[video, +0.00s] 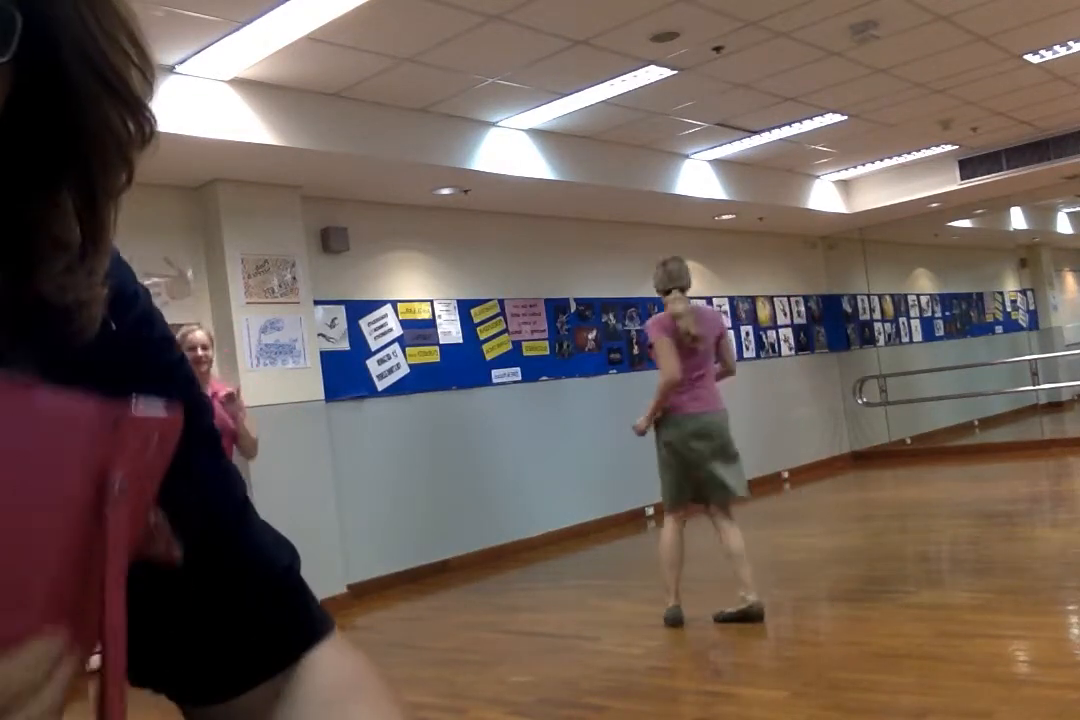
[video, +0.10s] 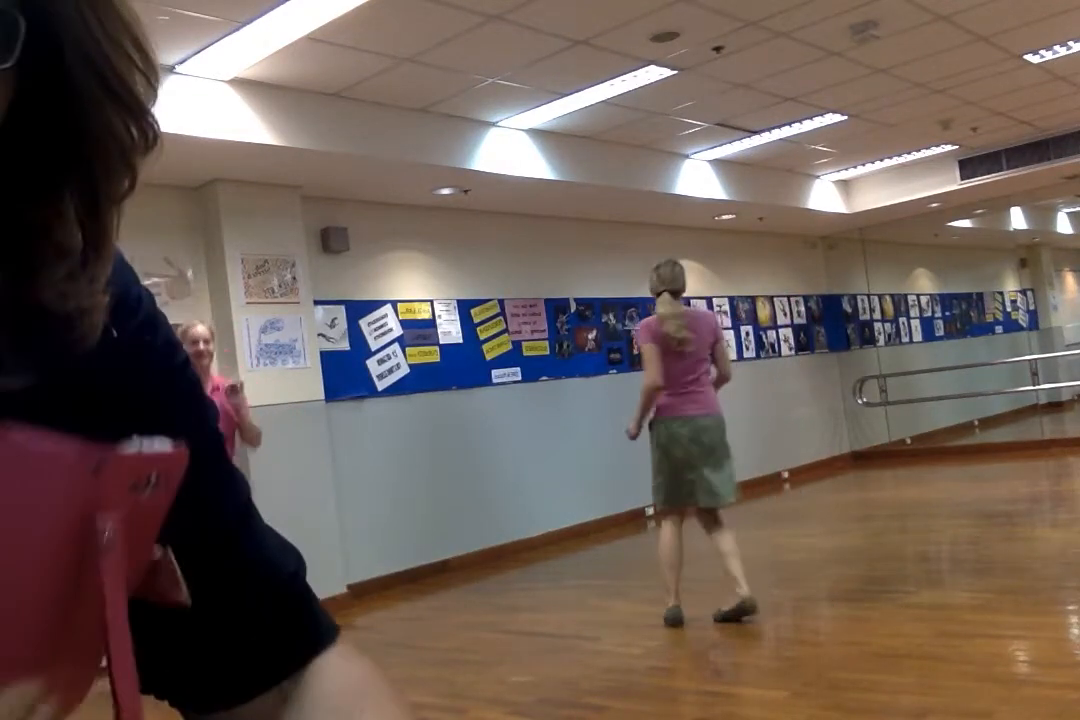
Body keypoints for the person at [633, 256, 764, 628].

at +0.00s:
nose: (662, 292)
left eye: (659, 287)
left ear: (658, 287)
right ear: (688, 282)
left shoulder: (658, 323)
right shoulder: (713, 317)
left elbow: (672, 374)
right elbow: (727, 368)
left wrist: (650, 414)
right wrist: (696, 379)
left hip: (677, 420)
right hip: (713, 417)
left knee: (673, 515)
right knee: (722, 511)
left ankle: (673, 604)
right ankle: (750, 597)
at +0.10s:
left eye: (653, 285)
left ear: (653, 288)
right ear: (683, 286)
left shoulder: (648, 326)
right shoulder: (708, 320)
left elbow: (654, 381)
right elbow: (724, 372)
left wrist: (638, 420)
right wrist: (701, 391)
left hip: (669, 424)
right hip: (708, 420)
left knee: (670, 515)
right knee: (711, 513)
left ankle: (673, 604)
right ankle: (744, 592)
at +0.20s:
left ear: (650, 294)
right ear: (680, 292)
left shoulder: (638, 333)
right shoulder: (702, 326)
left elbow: (630, 391)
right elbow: (717, 381)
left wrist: (626, 419)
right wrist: (712, 405)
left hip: (661, 429)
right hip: (702, 426)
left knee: (665, 520)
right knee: (703, 511)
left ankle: (672, 605)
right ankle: (722, 576)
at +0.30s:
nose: (680, 290)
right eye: (680, 285)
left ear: (649, 291)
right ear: (678, 288)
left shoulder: (633, 327)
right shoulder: (696, 322)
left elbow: (624, 385)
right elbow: (709, 372)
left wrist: (631, 387)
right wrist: (721, 410)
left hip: (656, 425)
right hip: (696, 422)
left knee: (664, 515)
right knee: (705, 499)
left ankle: (673, 598)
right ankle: (709, 567)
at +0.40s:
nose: (684, 273)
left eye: (679, 267)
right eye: (682, 268)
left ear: (650, 273)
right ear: (678, 271)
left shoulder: (634, 311)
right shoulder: (691, 304)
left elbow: (629, 366)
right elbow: (700, 350)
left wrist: (650, 352)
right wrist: (724, 382)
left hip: (656, 404)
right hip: (695, 399)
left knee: (665, 495)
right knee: (709, 485)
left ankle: (673, 582)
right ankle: (703, 570)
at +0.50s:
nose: (688, 279)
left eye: (685, 273)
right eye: (686, 273)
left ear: (653, 278)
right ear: (679, 277)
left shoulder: (641, 316)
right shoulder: (689, 309)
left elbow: (638, 371)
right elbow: (692, 354)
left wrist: (667, 358)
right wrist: (725, 378)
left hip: (661, 410)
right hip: (699, 407)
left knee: (668, 499)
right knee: (709, 494)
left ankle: (671, 582)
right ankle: (705, 578)